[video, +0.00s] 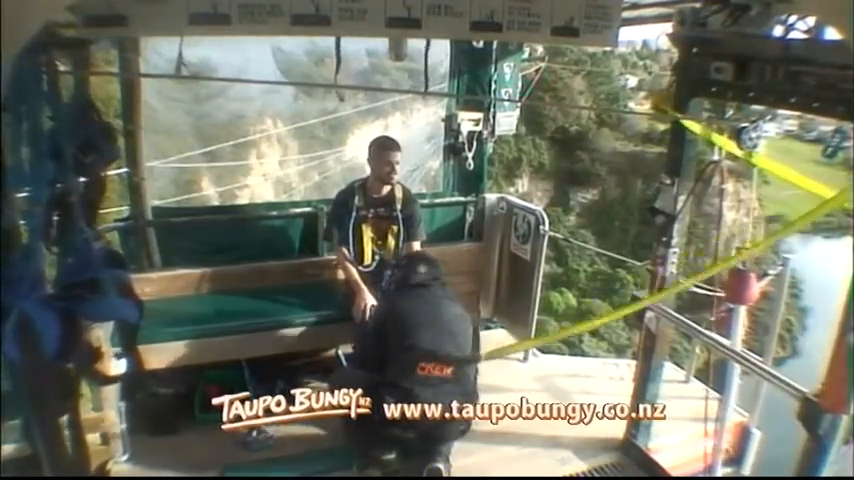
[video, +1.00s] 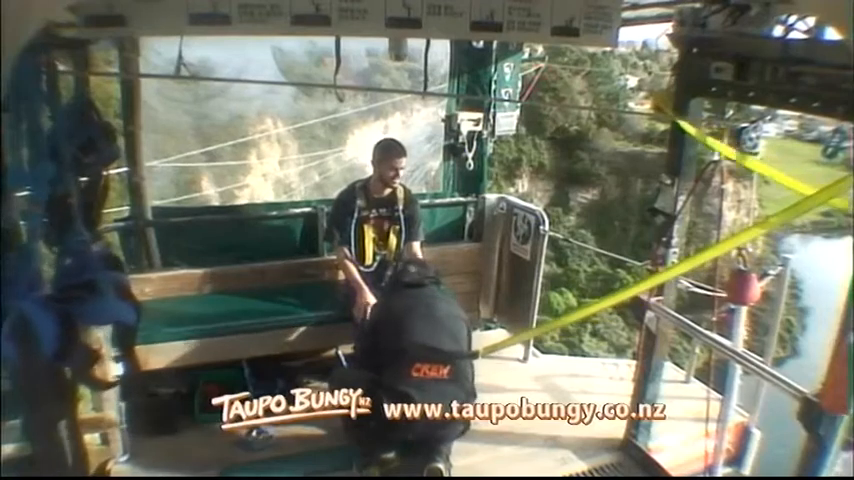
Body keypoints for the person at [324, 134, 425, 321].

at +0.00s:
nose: (395, 169)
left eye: (397, 164)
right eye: (388, 164)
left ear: (400, 163)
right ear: (371, 162)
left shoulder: (406, 199)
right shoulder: (347, 198)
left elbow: (414, 247)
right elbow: (342, 252)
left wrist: (413, 288)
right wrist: (361, 291)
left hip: (398, 281)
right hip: (362, 281)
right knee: (369, 318)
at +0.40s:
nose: (396, 172)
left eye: (399, 166)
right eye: (390, 167)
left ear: (403, 165)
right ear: (373, 163)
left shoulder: (406, 198)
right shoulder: (348, 198)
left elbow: (414, 247)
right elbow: (341, 251)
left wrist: (417, 287)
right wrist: (361, 291)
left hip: (398, 281)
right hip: (362, 281)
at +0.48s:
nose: (396, 173)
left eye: (400, 167)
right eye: (390, 167)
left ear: (403, 165)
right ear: (373, 163)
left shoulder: (406, 199)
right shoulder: (348, 199)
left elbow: (414, 248)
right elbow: (340, 250)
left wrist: (420, 288)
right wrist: (361, 291)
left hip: (398, 284)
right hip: (363, 284)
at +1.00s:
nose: (398, 175)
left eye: (401, 169)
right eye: (393, 169)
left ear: (404, 165)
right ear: (375, 164)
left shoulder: (406, 199)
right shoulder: (349, 199)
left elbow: (414, 248)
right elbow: (341, 252)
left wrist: (422, 289)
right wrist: (362, 291)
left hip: (397, 284)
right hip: (361, 284)